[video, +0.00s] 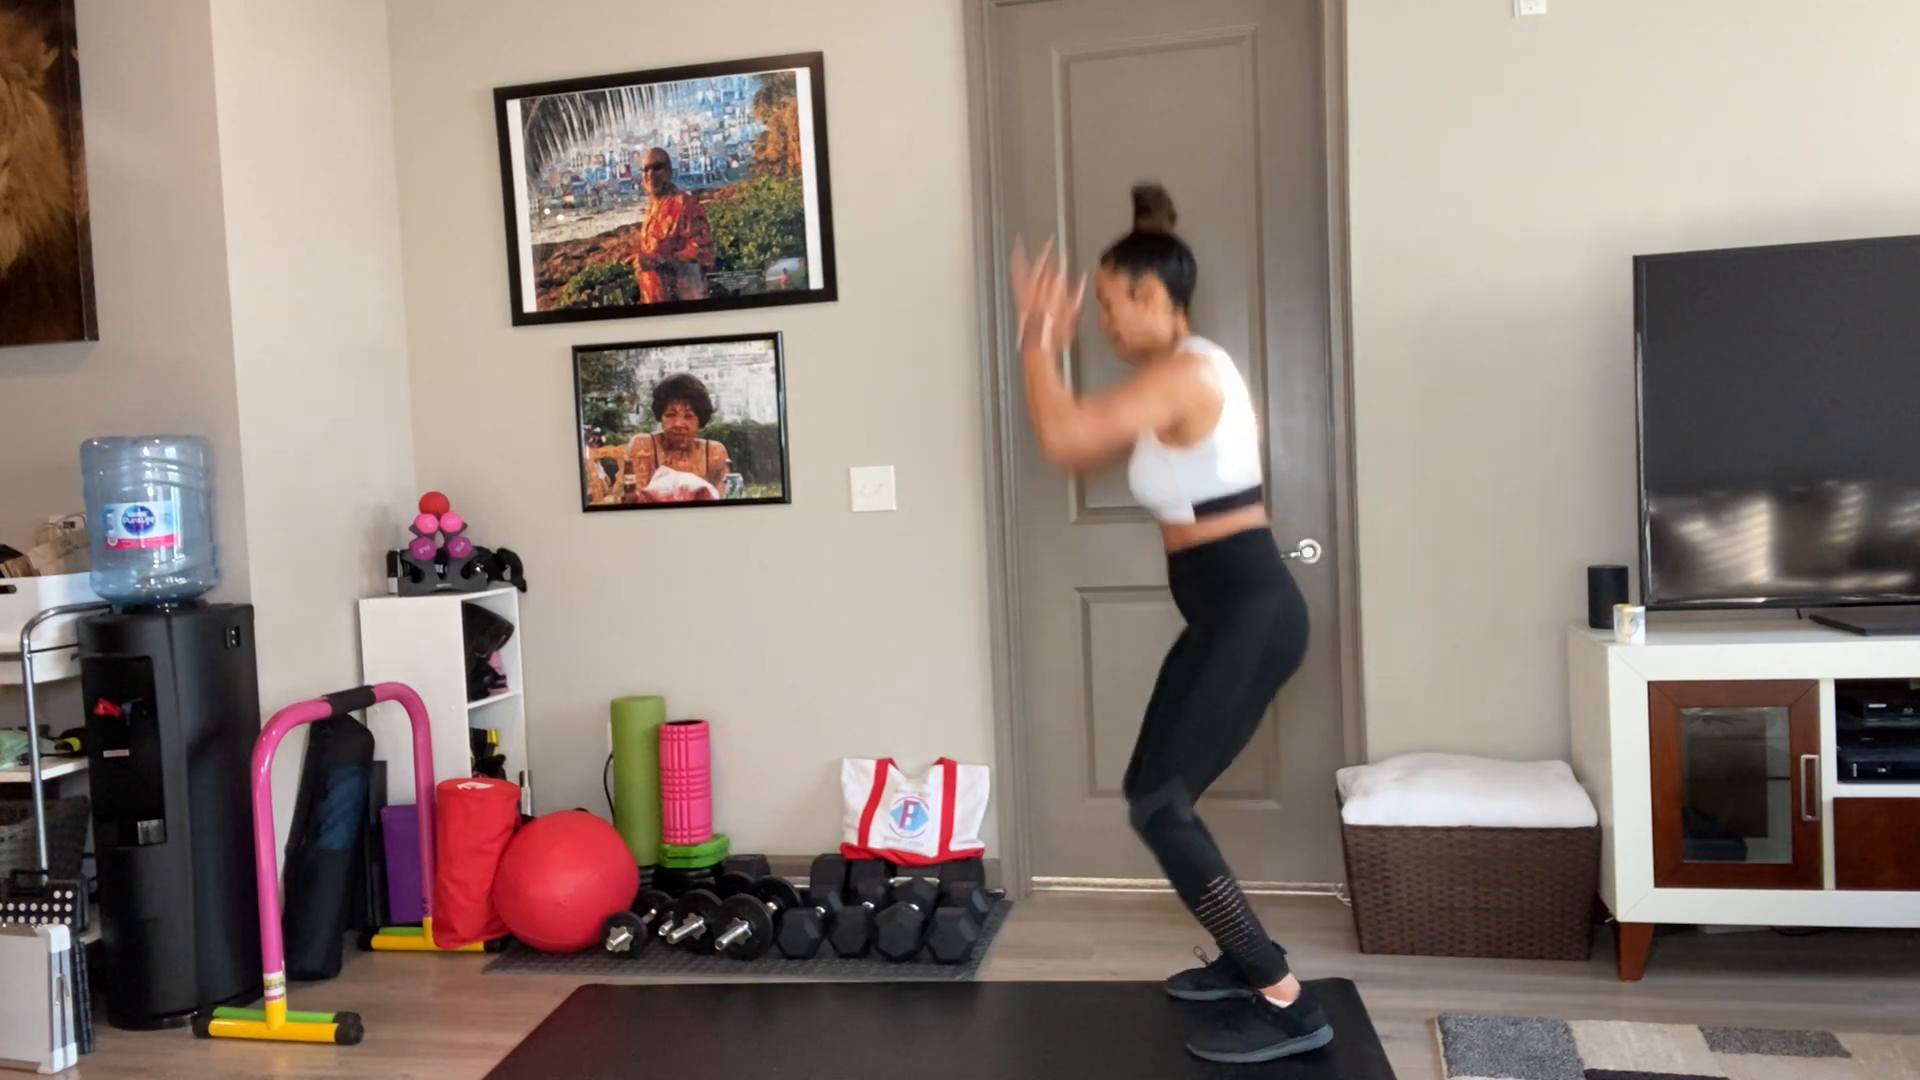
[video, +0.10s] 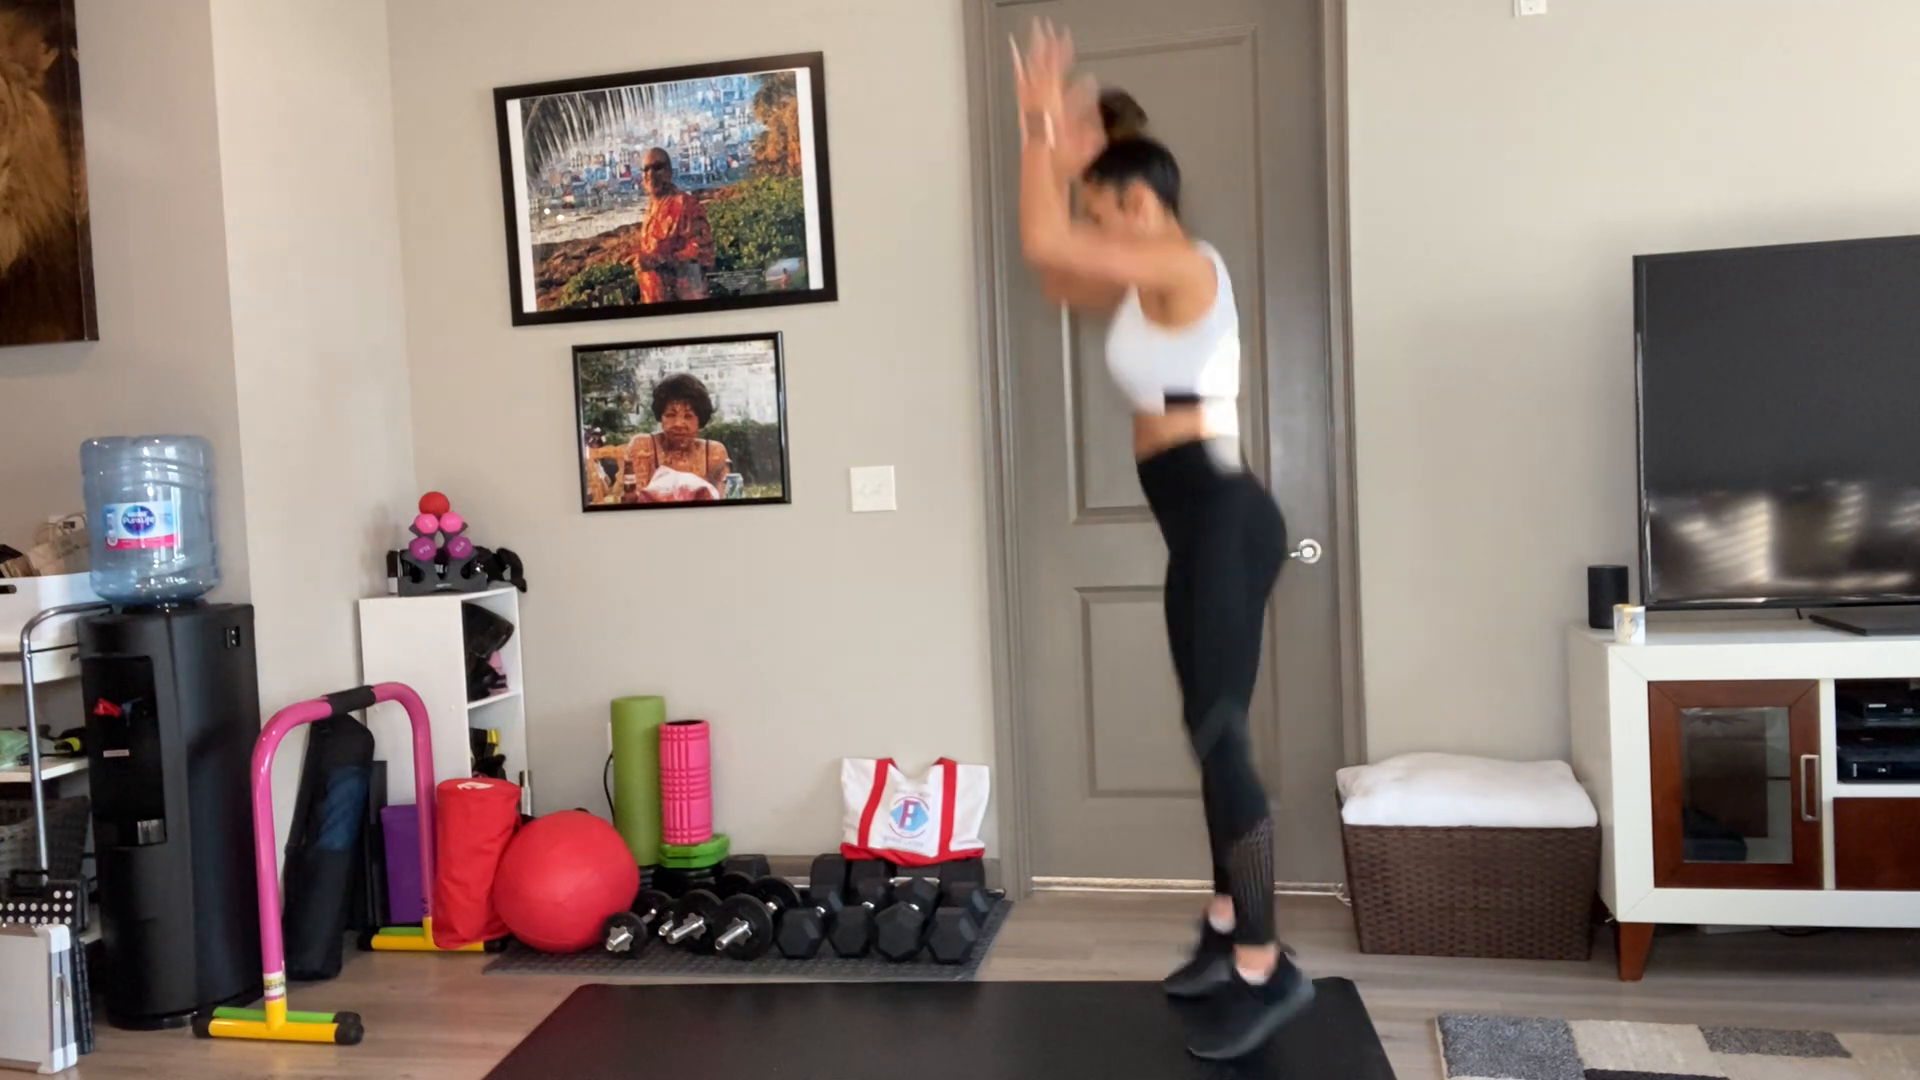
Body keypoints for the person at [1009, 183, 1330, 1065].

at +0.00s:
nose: (1111, 315)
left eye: (1122, 299)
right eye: (1107, 301)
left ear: (1164, 297)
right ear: (1129, 304)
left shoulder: (1192, 376)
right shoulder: (1175, 370)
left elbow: (1065, 439)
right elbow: (1074, 440)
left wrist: (1036, 340)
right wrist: (1053, 347)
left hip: (1252, 610)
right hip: (1222, 609)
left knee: (1159, 800)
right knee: (1152, 791)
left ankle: (1277, 989)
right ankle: (1247, 960)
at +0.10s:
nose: (1104, 221)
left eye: (1113, 206)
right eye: (1098, 209)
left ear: (1151, 197)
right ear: (1113, 212)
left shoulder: (1189, 265)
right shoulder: (1147, 275)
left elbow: (1050, 245)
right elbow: (1057, 271)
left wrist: (1043, 139)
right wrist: (1046, 150)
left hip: (1226, 513)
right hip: (1191, 519)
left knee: (1221, 729)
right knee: (1211, 726)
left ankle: (1263, 960)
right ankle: (1228, 920)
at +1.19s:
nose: (878, 807)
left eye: (869, 795)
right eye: (867, 800)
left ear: (882, 762)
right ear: (883, 746)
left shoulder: (932, 755)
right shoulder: (929, 734)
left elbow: (869, 902)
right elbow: (875, 876)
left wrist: (794, 1017)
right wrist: (810, 962)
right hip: (1133, 591)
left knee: (1153, 814)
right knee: (1162, 792)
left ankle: (1312, 990)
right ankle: (1279, 915)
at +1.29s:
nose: (809, 824)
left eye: (798, 812)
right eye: (799, 815)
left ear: (808, 783)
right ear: (821, 762)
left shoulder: (868, 776)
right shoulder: (881, 754)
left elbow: (843, 920)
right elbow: (861, 897)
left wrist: (802, 1052)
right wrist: (810, 978)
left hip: (1070, 619)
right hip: (1071, 618)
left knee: (1181, 808)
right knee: (1184, 782)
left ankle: (1387, 936)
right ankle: (1354, 849)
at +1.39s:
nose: (740, 825)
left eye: (727, 812)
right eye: (727, 815)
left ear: (743, 782)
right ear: (756, 761)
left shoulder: (806, 786)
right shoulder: (824, 750)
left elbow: (820, 929)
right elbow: (847, 891)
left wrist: (797, 1056)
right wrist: (812, 981)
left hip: (1023, 685)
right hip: (1032, 665)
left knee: (1202, 824)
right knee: (1205, 789)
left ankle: (1430, 936)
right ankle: (1374, 847)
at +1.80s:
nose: (651, 928)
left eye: (642, 914)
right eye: (641, 919)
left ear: (663, 888)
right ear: (675, 866)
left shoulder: (735, 899)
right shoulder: (747, 864)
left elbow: (828, 971)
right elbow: (840, 927)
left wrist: (796, 1066)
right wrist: (801, 983)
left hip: (966, 913)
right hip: (977, 874)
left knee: (1170, 985)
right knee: (1177, 933)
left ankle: (1409, 973)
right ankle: (1367, 907)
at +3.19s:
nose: (840, 716)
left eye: (838, 699)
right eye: (833, 703)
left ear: (869, 681)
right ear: (880, 674)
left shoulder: (922, 725)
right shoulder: (935, 687)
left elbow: (897, 875)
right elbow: (899, 852)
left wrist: (829, 992)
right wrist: (852, 935)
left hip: (1177, 729)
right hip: (1163, 711)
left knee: (1009, 855)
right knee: (1019, 808)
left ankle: (1154, 1018)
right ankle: (1132, 957)